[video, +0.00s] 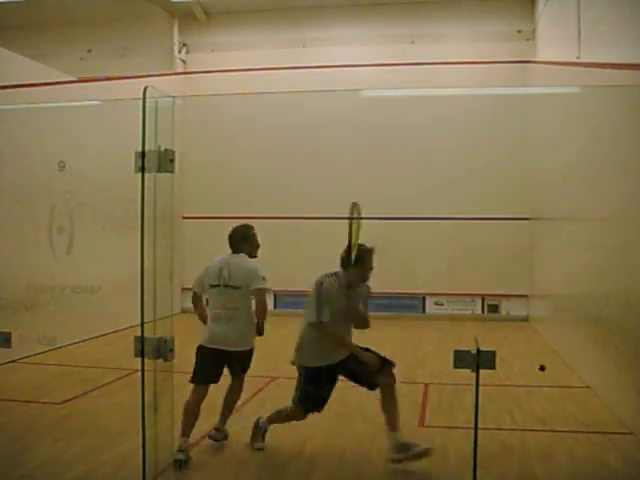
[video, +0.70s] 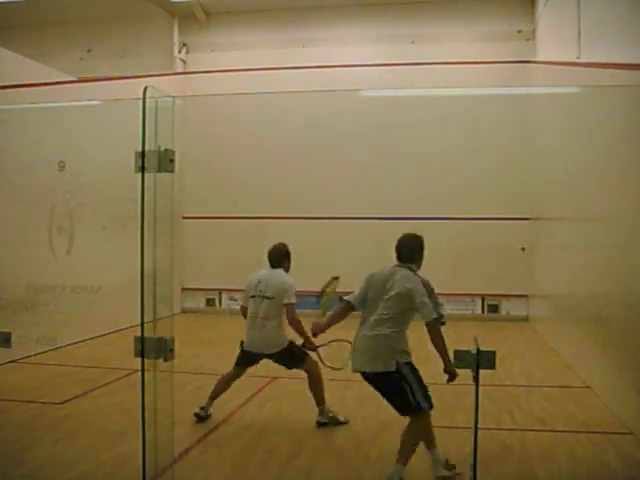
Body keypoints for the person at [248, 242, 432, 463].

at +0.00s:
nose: (371, 271)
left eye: (371, 267)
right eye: (368, 267)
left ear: (358, 266)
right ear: (355, 266)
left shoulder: (361, 288)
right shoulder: (327, 285)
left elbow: (362, 324)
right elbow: (325, 327)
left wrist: (352, 299)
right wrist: (357, 351)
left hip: (341, 352)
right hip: (315, 358)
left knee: (386, 378)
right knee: (300, 412)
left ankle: (395, 443)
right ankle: (263, 423)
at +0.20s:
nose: (447, 295)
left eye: (446, 290)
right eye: (443, 291)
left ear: (434, 293)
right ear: (429, 294)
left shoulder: (438, 319)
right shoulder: (404, 318)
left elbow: (457, 336)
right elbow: (381, 364)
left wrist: (466, 341)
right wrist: (403, 405)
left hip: (407, 378)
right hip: (380, 384)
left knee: (452, 398)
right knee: (355, 444)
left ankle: (464, 468)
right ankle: (312, 436)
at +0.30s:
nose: (464, 297)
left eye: (464, 292)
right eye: (462, 292)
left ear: (444, 291)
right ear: (452, 293)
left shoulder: (438, 315)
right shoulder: (428, 315)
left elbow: (461, 346)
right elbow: (416, 366)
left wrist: (487, 370)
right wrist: (419, 410)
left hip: (419, 380)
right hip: (397, 386)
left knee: (466, 399)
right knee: (410, 449)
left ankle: (465, 467)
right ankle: (355, 445)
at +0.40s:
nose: (465, 288)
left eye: (465, 282)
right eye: (464, 282)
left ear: (440, 282)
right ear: (459, 286)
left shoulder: (435, 304)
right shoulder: (436, 310)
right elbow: (428, 360)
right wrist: (437, 408)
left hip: (423, 373)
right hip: (406, 381)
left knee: (468, 399)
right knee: (443, 439)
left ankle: (466, 465)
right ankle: (389, 443)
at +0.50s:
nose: (457, 272)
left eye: (456, 267)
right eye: (456, 268)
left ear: (431, 269)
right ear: (453, 273)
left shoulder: (418, 291)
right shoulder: (436, 299)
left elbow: (390, 316)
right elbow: (432, 342)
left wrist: (378, 333)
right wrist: (445, 387)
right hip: (408, 372)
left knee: (466, 398)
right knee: (453, 421)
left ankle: (465, 467)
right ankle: (401, 441)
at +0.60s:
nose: (442, 259)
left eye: (441, 254)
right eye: (441, 255)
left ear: (416, 255)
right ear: (437, 258)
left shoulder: (396, 278)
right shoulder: (427, 285)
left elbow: (365, 305)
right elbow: (434, 330)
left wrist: (345, 324)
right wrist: (449, 371)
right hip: (400, 359)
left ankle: (463, 464)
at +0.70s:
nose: (423, 257)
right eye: (422, 253)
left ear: (396, 254)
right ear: (420, 256)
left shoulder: (375, 278)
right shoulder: (416, 284)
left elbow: (349, 305)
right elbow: (432, 327)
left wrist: (323, 325)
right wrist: (447, 363)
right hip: (389, 360)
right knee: (421, 414)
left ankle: (438, 462)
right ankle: (396, 472)